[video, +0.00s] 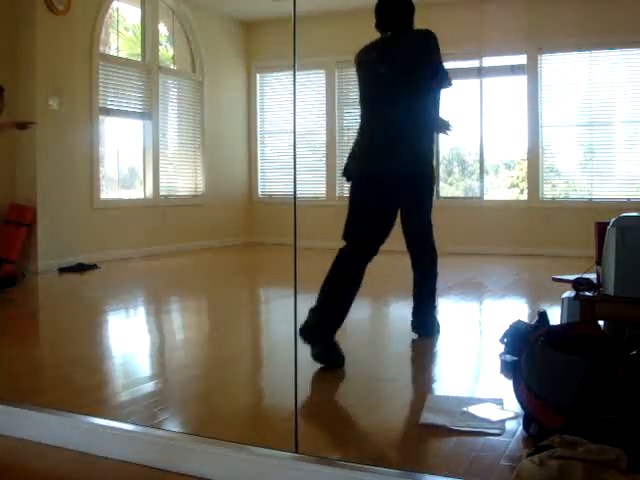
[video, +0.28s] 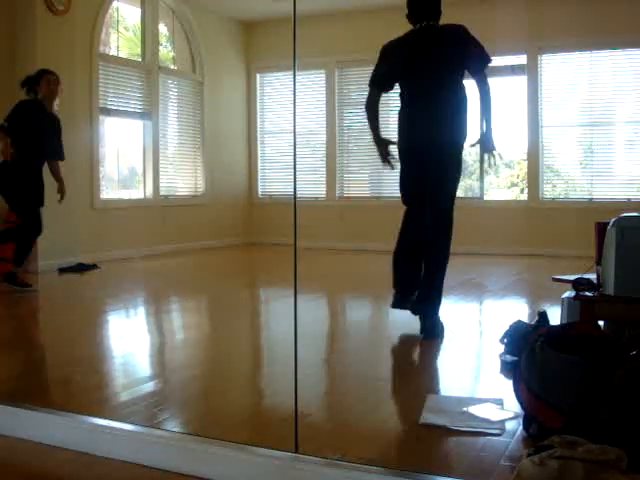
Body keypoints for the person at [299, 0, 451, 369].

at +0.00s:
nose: (402, 17)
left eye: (386, 13)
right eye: (406, 12)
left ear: (379, 18)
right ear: (410, 14)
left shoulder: (366, 54)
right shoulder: (424, 41)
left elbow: (381, 109)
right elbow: (431, 92)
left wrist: (433, 120)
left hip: (370, 167)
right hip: (413, 168)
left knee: (357, 248)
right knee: (421, 243)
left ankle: (318, 329)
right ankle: (424, 319)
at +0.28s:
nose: (424, 13)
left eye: (417, 9)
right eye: (431, 9)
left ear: (409, 12)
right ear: (439, 10)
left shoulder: (395, 48)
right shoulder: (458, 36)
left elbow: (371, 102)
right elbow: (482, 84)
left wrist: (379, 139)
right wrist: (486, 132)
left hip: (412, 144)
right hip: (447, 144)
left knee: (415, 211)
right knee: (440, 224)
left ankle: (404, 290)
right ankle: (429, 313)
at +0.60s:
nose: (430, 65)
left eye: (433, 59)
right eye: (431, 59)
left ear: (444, 59)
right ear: (460, 58)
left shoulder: (436, 86)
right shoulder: (485, 79)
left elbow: (428, 120)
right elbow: (508, 115)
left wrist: (418, 147)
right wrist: (525, 151)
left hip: (446, 165)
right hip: (476, 163)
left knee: (452, 224)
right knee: (478, 221)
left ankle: (457, 288)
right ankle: (459, 266)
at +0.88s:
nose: (455, 67)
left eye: (458, 62)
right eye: (456, 61)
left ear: (469, 61)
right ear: (482, 61)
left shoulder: (466, 85)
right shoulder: (502, 84)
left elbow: (465, 124)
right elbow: (524, 120)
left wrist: (442, 158)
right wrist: (513, 154)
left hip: (472, 162)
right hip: (501, 161)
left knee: (465, 228)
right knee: (499, 216)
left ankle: (459, 288)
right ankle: (516, 269)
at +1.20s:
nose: (497, 63)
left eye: (501, 58)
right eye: (496, 58)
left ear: (511, 60)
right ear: (496, 61)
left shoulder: (522, 85)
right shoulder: (499, 90)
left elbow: (515, 118)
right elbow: (496, 120)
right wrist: (473, 131)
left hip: (523, 160)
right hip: (508, 161)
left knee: (519, 216)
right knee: (515, 216)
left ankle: (533, 271)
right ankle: (535, 268)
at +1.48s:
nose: (525, 86)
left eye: (529, 82)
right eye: (522, 82)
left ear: (537, 82)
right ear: (516, 82)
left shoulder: (548, 108)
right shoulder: (506, 109)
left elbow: (562, 143)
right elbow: (499, 143)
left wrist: (561, 173)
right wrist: (498, 171)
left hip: (545, 176)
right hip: (517, 178)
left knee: (558, 223)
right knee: (516, 229)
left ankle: (568, 265)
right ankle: (518, 276)